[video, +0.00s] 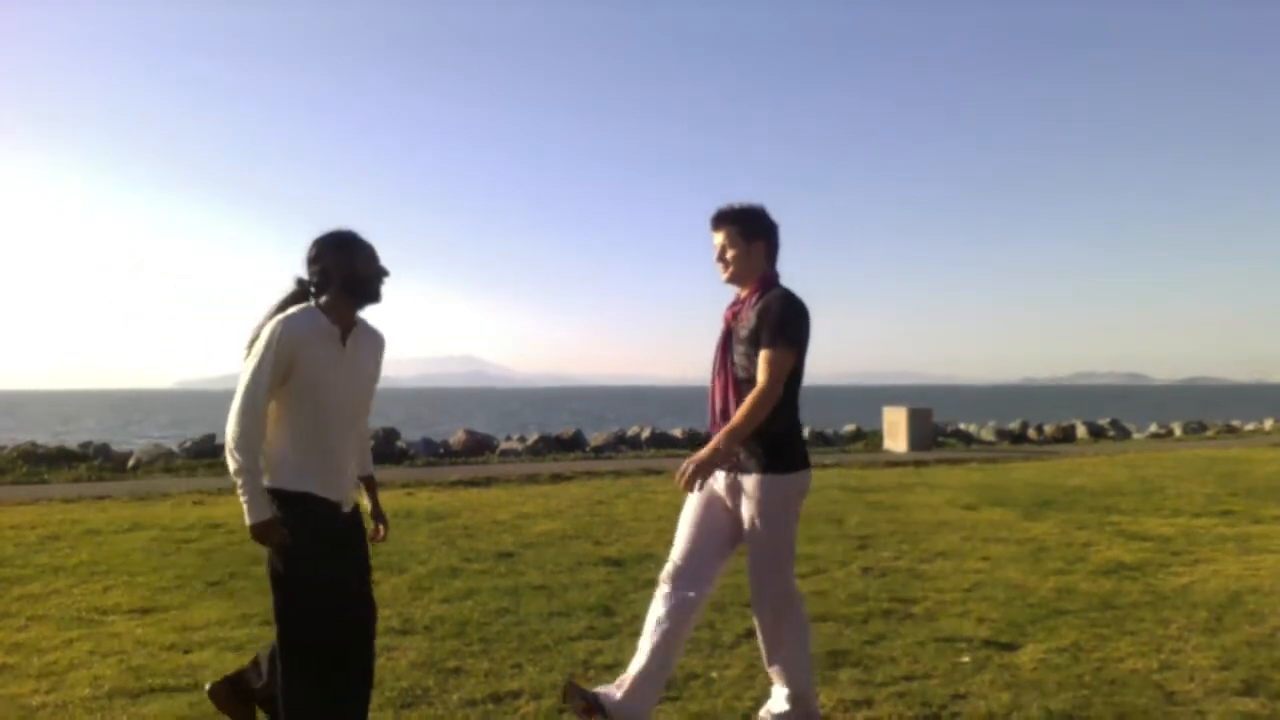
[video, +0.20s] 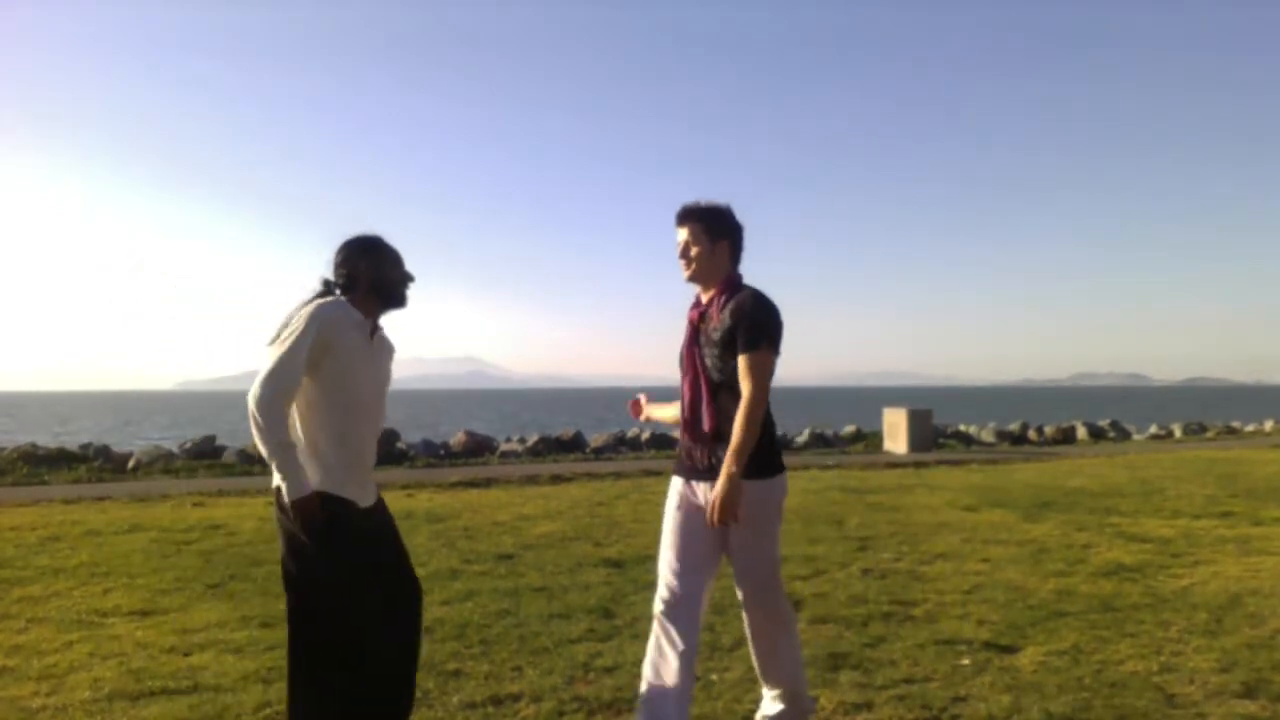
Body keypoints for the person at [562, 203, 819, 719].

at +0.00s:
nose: (720, 258)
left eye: (728, 249)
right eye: (717, 251)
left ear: (761, 248)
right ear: (724, 254)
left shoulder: (781, 307)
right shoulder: (737, 310)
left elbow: (770, 391)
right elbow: (742, 390)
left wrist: (713, 449)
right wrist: (726, 451)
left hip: (771, 471)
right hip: (724, 466)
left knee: (773, 592)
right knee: (679, 581)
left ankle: (795, 704)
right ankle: (630, 699)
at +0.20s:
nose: (682, 255)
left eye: (691, 245)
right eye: (680, 247)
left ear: (725, 248)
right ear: (686, 252)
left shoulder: (751, 308)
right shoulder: (698, 314)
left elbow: (754, 397)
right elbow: (702, 402)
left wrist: (730, 475)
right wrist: (655, 409)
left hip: (746, 478)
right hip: (693, 477)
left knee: (761, 599)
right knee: (673, 603)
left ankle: (786, 704)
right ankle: (659, 710)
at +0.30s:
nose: (658, 251)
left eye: (668, 241)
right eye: (656, 243)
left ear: (703, 242)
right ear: (662, 248)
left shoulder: (734, 303)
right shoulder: (674, 314)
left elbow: (754, 388)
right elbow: (657, 397)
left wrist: (745, 476)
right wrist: (618, 368)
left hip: (728, 482)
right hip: (672, 483)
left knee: (751, 602)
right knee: (658, 607)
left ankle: (779, 702)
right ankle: (653, 714)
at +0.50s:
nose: (617, 234)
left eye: (626, 223)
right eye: (614, 225)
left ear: (661, 223)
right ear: (623, 231)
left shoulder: (700, 285)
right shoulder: (631, 301)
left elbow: (740, 369)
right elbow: (585, 360)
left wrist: (756, 453)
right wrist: (578, 299)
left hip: (708, 466)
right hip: (645, 470)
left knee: (734, 588)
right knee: (636, 600)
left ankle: (759, 701)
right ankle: (645, 713)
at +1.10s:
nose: (554, 216)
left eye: (565, 206)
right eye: (552, 208)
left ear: (601, 209)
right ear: (556, 217)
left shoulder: (644, 276)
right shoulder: (557, 285)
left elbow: (703, 355)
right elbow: (514, 306)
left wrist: (759, 426)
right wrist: (515, 237)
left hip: (651, 460)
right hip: (584, 471)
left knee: (724, 584)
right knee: (602, 618)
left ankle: (820, 706)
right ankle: (629, 715)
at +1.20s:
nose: (556, 219)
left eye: (566, 209)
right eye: (554, 211)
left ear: (605, 213)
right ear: (560, 219)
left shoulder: (647, 280)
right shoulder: (558, 285)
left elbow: (708, 357)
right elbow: (516, 299)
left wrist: (766, 423)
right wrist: (514, 234)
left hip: (645, 462)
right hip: (580, 473)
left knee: (689, 577)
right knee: (595, 614)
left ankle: (762, 707)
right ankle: (624, 714)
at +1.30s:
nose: (560, 221)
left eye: (570, 211)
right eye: (557, 212)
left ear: (609, 215)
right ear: (561, 221)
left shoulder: (650, 285)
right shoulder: (560, 285)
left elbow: (713, 360)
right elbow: (517, 294)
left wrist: (774, 425)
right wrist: (516, 234)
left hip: (637, 460)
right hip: (576, 471)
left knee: (648, 577)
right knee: (591, 610)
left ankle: (680, 709)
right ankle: (616, 713)